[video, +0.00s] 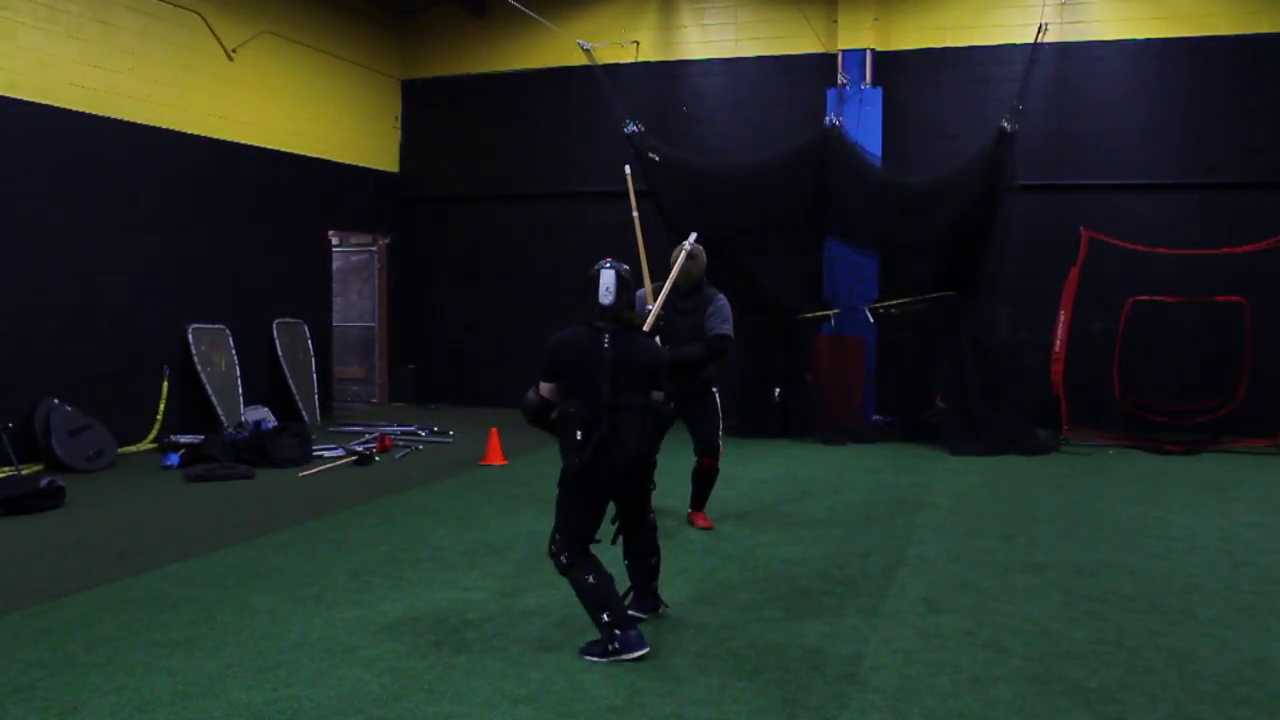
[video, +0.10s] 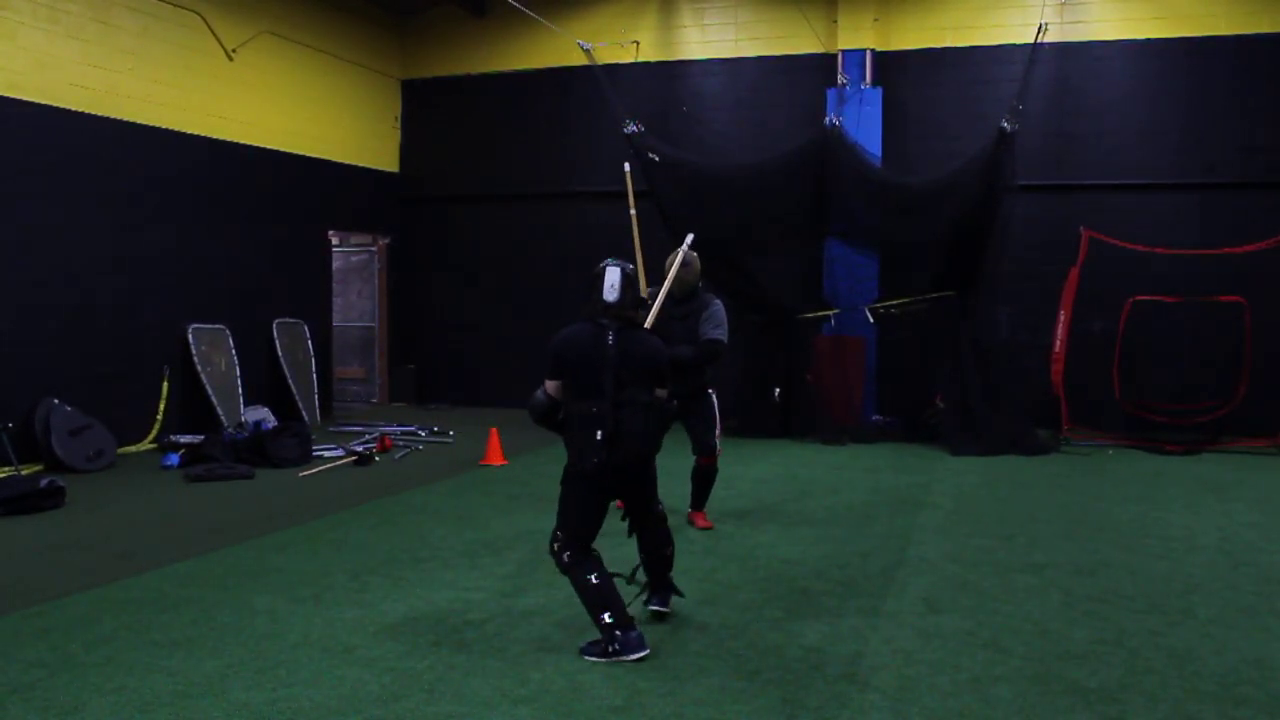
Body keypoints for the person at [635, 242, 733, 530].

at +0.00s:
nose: (683, 271)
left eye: (690, 266)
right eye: (679, 265)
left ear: (702, 270)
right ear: (671, 266)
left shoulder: (715, 302)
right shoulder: (650, 298)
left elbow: (720, 343)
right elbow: (634, 338)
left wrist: (675, 357)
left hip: (699, 386)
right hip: (659, 386)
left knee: (710, 450)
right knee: (642, 447)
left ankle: (697, 509)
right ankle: (639, 506)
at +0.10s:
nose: (677, 281)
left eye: (684, 275)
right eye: (674, 274)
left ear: (695, 277)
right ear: (667, 274)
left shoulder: (709, 306)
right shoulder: (651, 301)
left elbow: (714, 348)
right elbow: (634, 338)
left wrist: (670, 358)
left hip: (695, 389)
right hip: (656, 389)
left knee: (708, 450)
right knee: (640, 447)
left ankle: (697, 509)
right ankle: (632, 498)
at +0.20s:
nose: (674, 288)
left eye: (679, 283)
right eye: (669, 282)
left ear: (689, 284)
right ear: (661, 283)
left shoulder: (703, 313)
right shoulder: (647, 307)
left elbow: (697, 357)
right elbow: (631, 347)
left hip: (692, 394)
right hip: (652, 392)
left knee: (704, 449)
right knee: (640, 445)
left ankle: (696, 509)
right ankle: (633, 494)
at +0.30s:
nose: (665, 286)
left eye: (671, 280)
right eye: (661, 280)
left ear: (681, 282)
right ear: (652, 283)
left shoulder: (696, 312)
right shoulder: (644, 308)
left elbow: (688, 355)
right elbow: (627, 350)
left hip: (688, 392)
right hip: (650, 391)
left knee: (698, 447)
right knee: (643, 446)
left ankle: (696, 509)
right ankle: (635, 494)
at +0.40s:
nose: (659, 276)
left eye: (665, 270)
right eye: (655, 270)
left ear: (678, 276)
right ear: (648, 275)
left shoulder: (694, 307)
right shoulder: (642, 302)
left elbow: (683, 354)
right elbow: (629, 339)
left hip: (685, 386)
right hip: (646, 386)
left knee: (694, 445)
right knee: (649, 447)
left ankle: (696, 508)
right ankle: (653, 507)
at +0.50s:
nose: (659, 277)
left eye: (664, 272)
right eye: (655, 272)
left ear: (674, 274)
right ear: (650, 273)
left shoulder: (691, 302)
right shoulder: (633, 295)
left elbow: (690, 341)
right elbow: (616, 329)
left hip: (682, 382)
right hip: (643, 380)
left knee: (689, 441)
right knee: (643, 439)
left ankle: (691, 504)